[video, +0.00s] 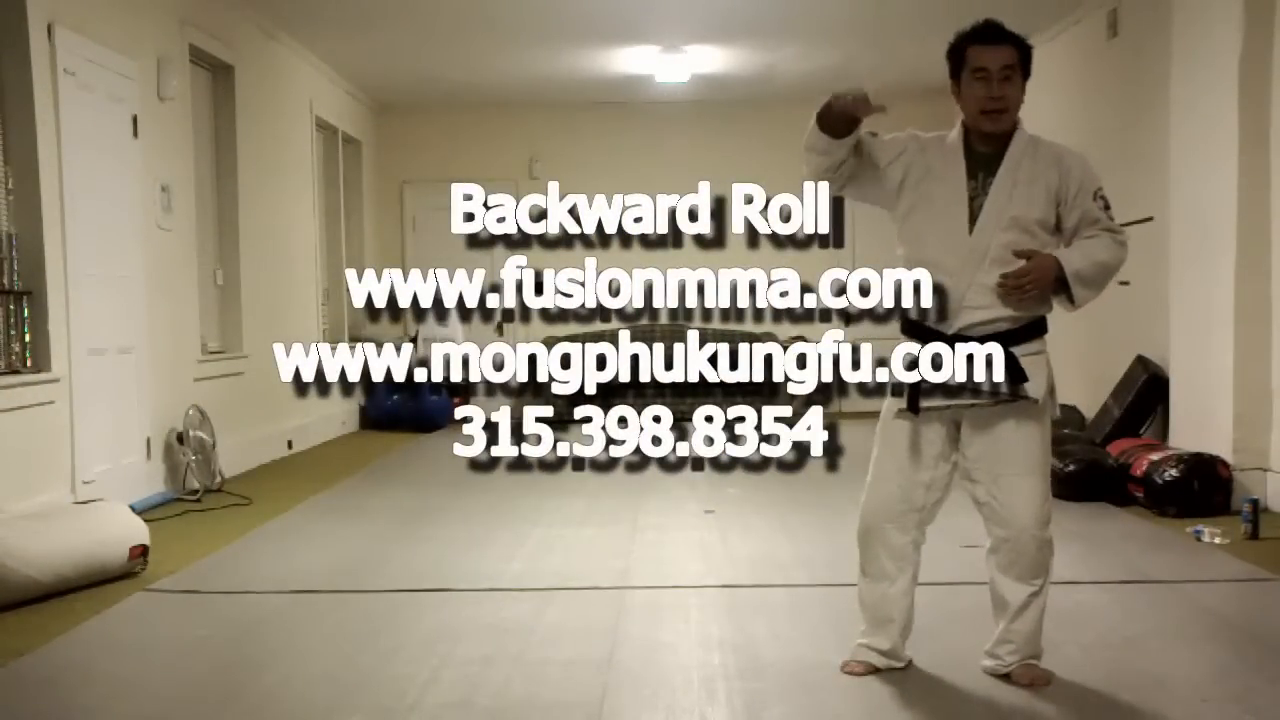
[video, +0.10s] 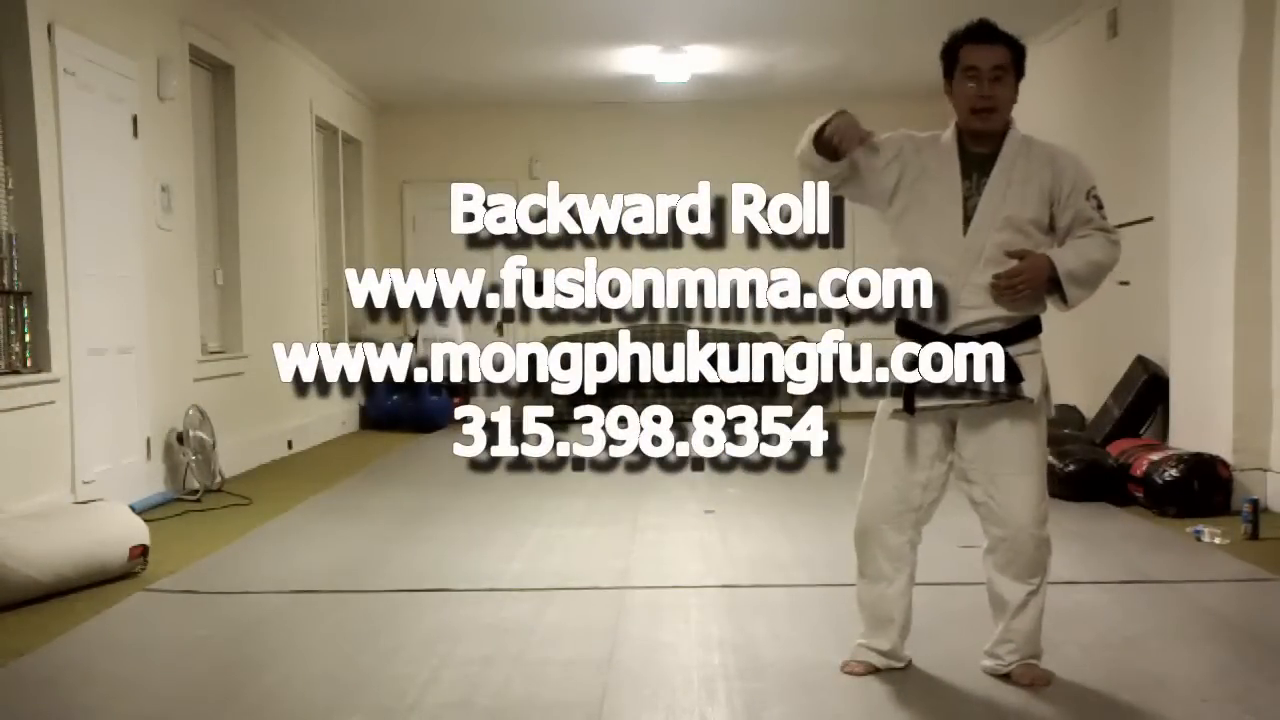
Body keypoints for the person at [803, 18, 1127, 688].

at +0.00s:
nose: (995, 89)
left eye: (1008, 76)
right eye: (980, 77)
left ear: (1026, 85)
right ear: (955, 86)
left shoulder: (1060, 167)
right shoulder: (913, 158)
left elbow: (1108, 244)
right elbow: (830, 166)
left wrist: (1063, 268)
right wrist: (835, 123)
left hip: (1013, 366)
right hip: (922, 364)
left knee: (1024, 524)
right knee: (887, 515)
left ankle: (1014, 654)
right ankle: (879, 642)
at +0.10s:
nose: (985, 89)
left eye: (999, 76)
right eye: (970, 76)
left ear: (1018, 87)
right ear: (948, 86)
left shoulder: (1054, 168)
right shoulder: (906, 157)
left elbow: (1100, 243)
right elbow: (822, 169)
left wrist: (1056, 267)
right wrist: (830, 137)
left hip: (1008, 364)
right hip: (916, 363)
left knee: (1021, 524)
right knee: (883, 516)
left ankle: (1014, 653)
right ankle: (880, 642)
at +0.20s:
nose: (970, 88)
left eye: (986, 76)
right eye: (957, 76)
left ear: (1008, 88)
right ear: (939, 86)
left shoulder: (1047, 168)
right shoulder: (902, 156)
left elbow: (1094, 243)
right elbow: (824, 160)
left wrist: (1049, 267)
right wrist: (830, 135)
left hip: (1002, 365)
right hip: (909, 364)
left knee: (1018, 523)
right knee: (881, 515)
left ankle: (1014, 653)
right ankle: (878, 643)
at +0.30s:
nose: (957, 86)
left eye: (974, 74)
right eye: (946, 74)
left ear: (1000, 86)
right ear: (932, 84)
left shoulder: (1040, 168)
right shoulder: (894, 156)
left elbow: (1086, 243)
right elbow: (814, 161)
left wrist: (1041, 268)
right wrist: (832, 125)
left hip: (995, 364)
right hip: (904, 364)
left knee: (1015, 522)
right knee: (882, 516)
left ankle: (1014, 652)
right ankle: (879, 643)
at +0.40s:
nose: (948, 86)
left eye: (964, 73)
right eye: (938, 74)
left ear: (992, 86)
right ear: (925, 85)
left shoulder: (1034, 167)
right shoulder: (890, 156)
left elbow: (1082, 243)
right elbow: (828, 149)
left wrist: (1034, 267)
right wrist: (838, 100)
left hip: (991, 363)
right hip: (899, 364)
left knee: (1012, 521)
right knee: (881, 517)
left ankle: (1014, 651)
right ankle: (879, 643)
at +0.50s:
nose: (940, 85)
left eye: (957, 73)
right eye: (931, 73)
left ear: (988, 85)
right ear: (919, 86)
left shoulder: (1031, 167)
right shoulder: (887, 154)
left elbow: (1079, 243)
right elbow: (836, 121)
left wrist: (1032, 267)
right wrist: (858, 60)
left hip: (989, 362)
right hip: (896, 363)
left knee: (1011, 521)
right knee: (881, 516)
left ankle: (1014, 651)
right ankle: (879, 643)